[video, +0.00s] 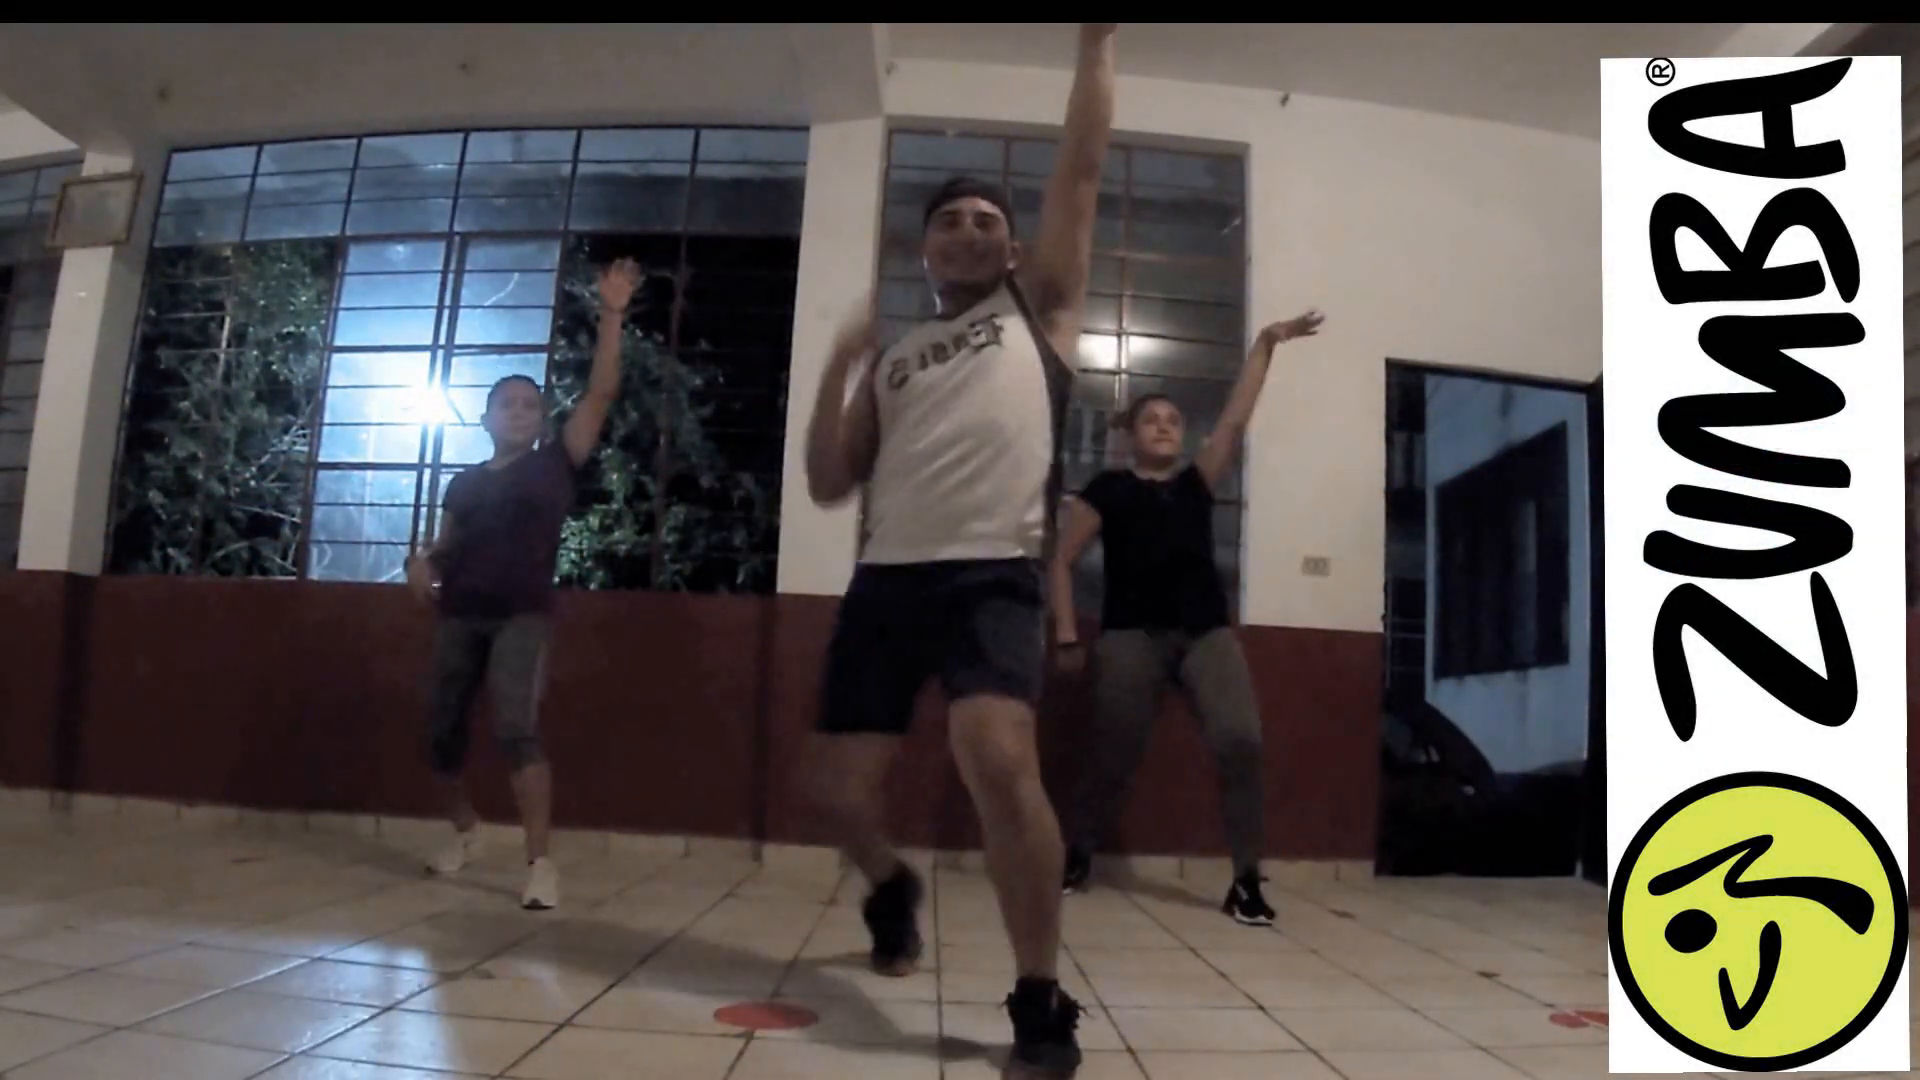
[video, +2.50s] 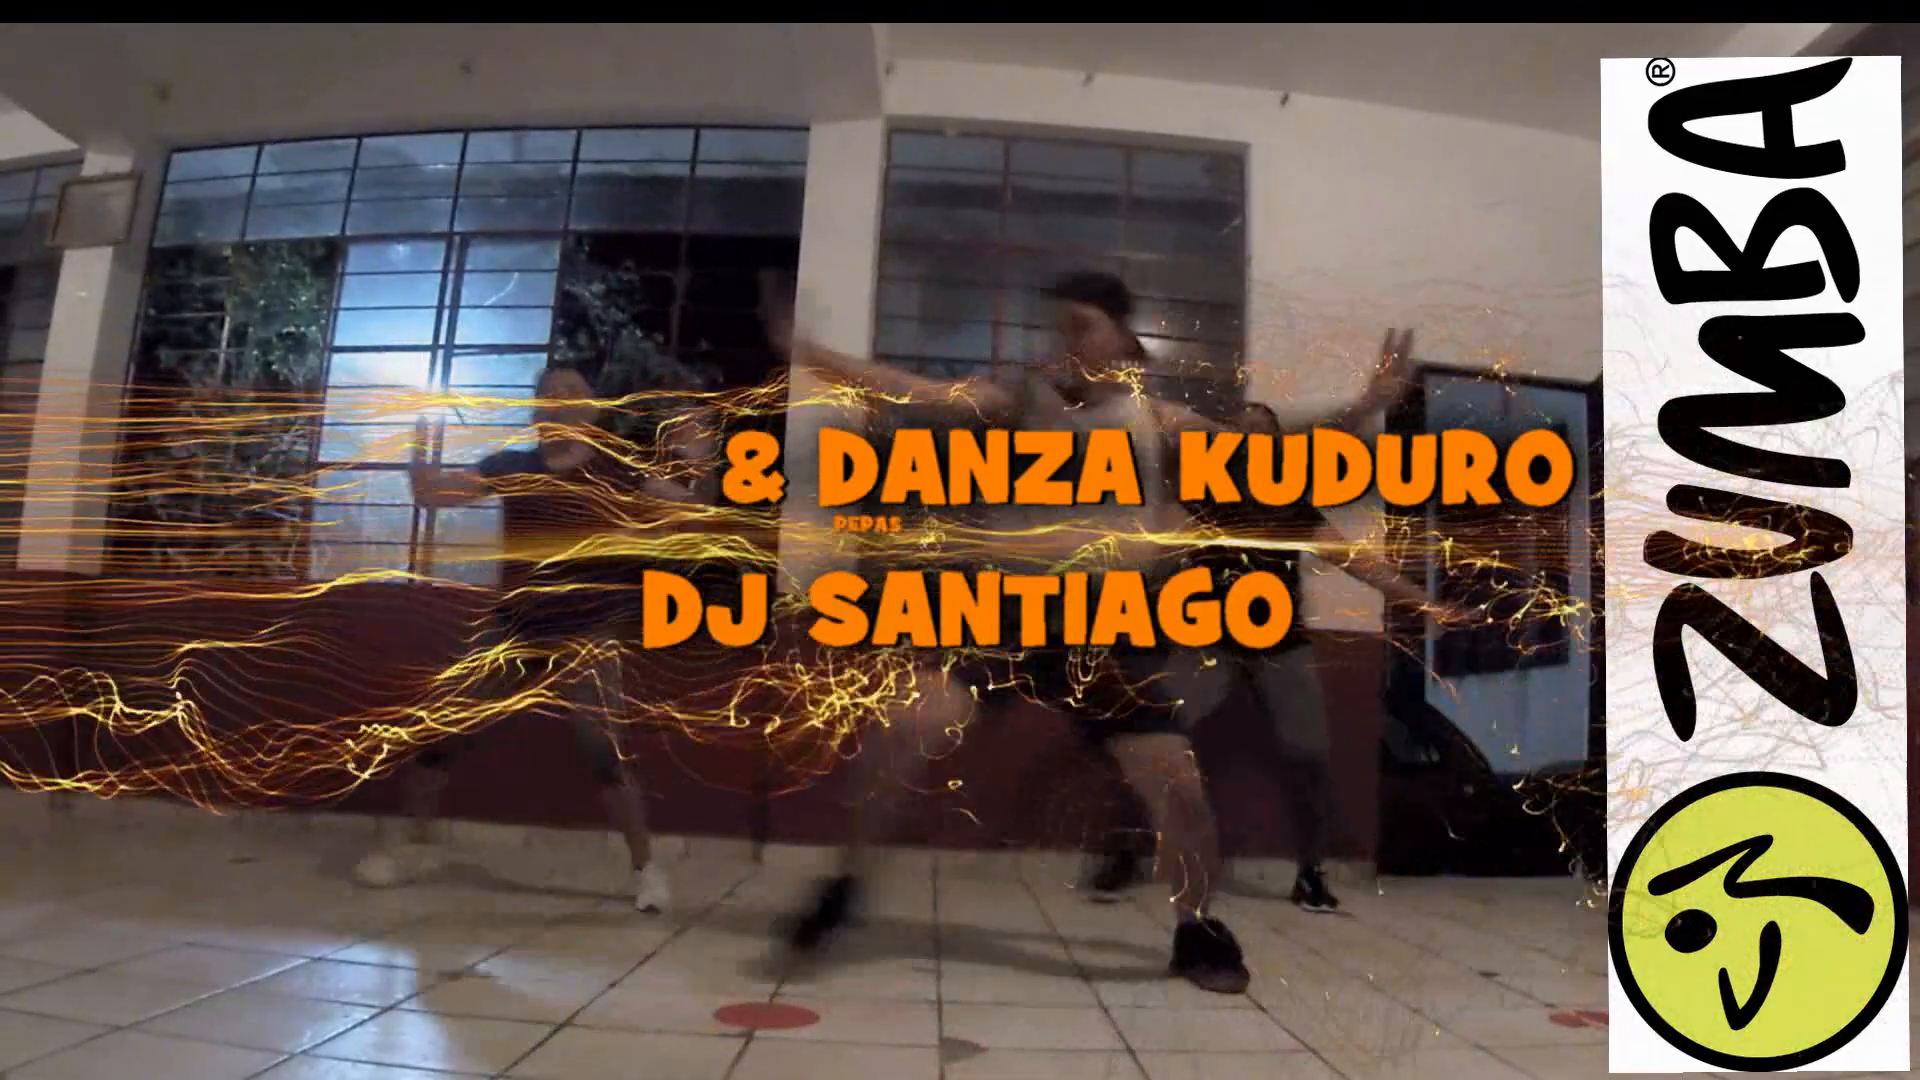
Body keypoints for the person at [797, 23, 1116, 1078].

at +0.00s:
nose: (974, 223)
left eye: (989, 218)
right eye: (954, 217)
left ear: (1015, 249)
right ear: (925, 252)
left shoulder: (1039, 308)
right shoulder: (892, 356)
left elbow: (1084, 159)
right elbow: (828, 482)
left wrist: (1095, 37)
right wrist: (841, 375)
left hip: (997, 580)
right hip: (886, 583)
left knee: (998, 758)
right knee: (834, 791)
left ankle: (1040, 996)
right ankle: (890, 883)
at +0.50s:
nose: (883, 209)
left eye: (902, 201)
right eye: (864, 198)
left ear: (921, 236)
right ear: (831, 224)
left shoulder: (932, 346)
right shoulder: (788, 283)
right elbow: (738, 132)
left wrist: (997, 331)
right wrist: (703, 20)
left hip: (914, 577)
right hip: (786, 577)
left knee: (1022, 737)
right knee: (709, 748)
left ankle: (1036, 966)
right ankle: (676, 981)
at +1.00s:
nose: (904, 265)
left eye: (920, 253)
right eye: (887, 253)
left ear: (942, 273)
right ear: (857, 271)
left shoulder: (976, 373)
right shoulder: (812, 362)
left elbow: (1050, 465)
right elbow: (746, 451)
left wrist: (1115, 502)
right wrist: (723, 479)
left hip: (936, 603)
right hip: (833, 599)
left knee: (933, 772)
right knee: (769, 741)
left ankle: (912, 918)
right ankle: (719, 937)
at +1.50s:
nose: (913, 322)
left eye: (930, 311)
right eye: (898, 310)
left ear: (953, 333)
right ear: (874, 326)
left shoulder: (981, 408)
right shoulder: (834, 400)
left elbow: (1087, 433)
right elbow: (729, 382)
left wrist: (1159, 403)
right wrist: (669, 325)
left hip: (958, 629)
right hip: (848, 636)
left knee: (1072, 704)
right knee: (787, 793)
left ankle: (1052, 883)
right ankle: (773, 916)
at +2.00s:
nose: (1132, 296)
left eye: (1147, 282)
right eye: (1117, 283)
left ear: (1173, 293)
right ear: (1097, 296)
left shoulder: (1210, 371)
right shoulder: (1068, 378)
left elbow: (1311, 408)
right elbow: (993, 397)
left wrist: (1349, 341)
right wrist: (967, 390)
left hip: (1191, 589)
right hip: (1085, 588)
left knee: (1218, 759)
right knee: (1014, 713)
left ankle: (1221, 927)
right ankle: (950, 879)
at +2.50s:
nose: (1077, 340)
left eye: (1090, 327)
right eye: (1067, 327)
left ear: (1124, 334)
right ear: (1053, 332)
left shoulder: (1155, 414)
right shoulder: (1020, 396)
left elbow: (1267, 437)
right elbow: (922, 396)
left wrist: (1364, 405)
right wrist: (820, 357)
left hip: (1114, 617)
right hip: (1004, 608)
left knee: (1176, 776)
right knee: (913, 723)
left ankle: (1197, 926)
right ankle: (841, 885)